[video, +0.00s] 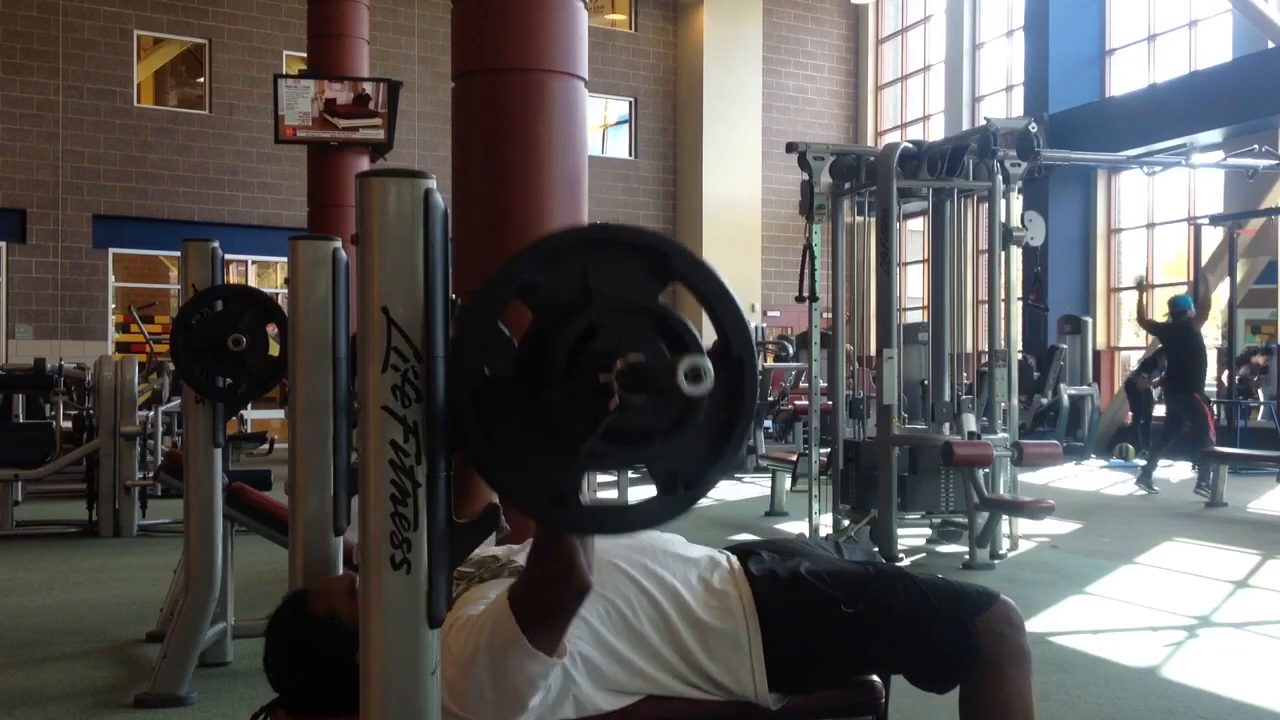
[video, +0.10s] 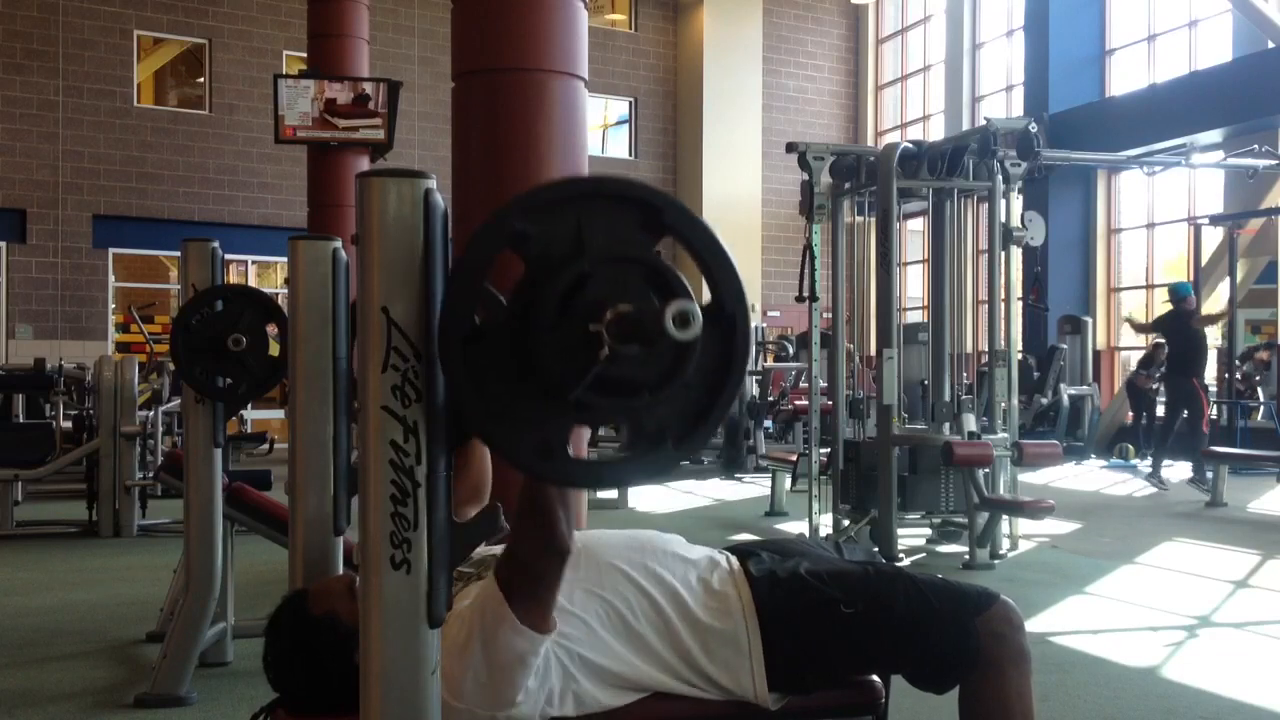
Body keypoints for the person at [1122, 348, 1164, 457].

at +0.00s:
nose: (1165, 362)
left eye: (1166, 359)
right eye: (1164, 358)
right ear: (1159, 356)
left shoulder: (1164, 366)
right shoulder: (1149, 363)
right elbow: (1141, 383)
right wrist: (1159, 381)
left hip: (1146, 386)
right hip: (1134, 385)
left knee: (1147, 417)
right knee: (1138, 417)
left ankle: (1148, 448)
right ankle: (1139, 449)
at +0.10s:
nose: (1162, 355)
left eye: (1164, 353)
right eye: (1160, 352)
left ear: (1166, 353)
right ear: (1154, 351)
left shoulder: (1164, 362)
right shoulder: (1148, 358)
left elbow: (1163, 377)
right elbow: (1139, 379)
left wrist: (1153, 383)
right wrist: (1149, 384)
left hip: (1150, 386)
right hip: (1135, 385)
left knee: (1151, 416)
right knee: (1138, 415)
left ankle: (1149, 447)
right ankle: (1139, 449)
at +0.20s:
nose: (1158, 351)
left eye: (1160, 348)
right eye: (1155, 347)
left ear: (1163, 348)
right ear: (1150, 346)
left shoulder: (1162, 359)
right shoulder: (1144, 359)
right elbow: (1138, 378)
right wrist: (1151, 381)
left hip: (1152, 387)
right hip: (1137, 385)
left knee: (1154, 416)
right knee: (1138, 416)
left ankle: (1151, 446)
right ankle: (1140, 448)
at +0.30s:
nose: (1153, 347)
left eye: (1155, 344)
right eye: (1151, 344)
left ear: (1158, 345)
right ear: (1147, 344)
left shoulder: (1161, 358)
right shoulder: (1141, 357)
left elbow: (1163, 375)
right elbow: (1139, 378)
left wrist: (1152, 381)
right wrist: (1154, 378)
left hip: (1153, 385)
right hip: (1137, 385)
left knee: (1155, 416)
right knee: (1139, 415)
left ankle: (1153, 446)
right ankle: (1140, 448)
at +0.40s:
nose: (1153, 344)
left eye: (1155, 341)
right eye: (1150, 341)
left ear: (1158, 342)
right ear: (1145, 342)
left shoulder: (1161, 355)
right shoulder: (1140, 355)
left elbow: (1165, 373)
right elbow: (1139, 377)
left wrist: (1151, 379)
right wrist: (1155, 376)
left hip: (1155, 385)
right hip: (1139, 385)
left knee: (1155, 417)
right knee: (1139, 416)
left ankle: (1155, 447)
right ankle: (1140, 448)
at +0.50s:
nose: (1150, 341)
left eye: (1152, 339)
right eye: (1147, 339)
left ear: (1156, 340)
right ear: (1143, 340)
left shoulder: (1160, 353)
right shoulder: (1138, 353)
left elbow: (1163, 369)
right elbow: (1137, 374)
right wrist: (1153, 373)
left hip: (1155, 386)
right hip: (1139, 385)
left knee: (1154, 418)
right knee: (1140, 417)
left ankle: (1155, 449)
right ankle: (1140, 449)